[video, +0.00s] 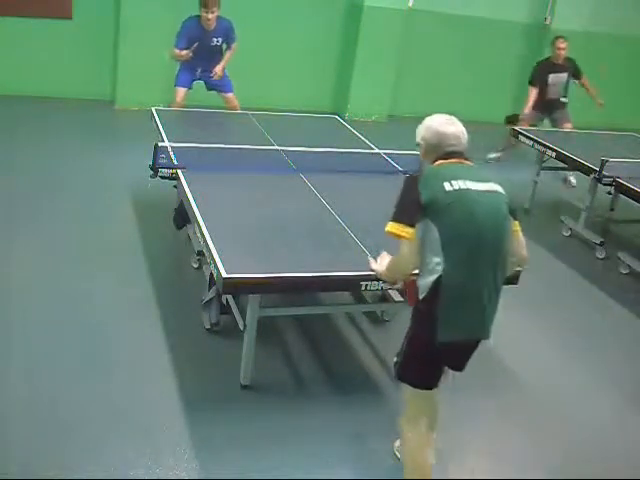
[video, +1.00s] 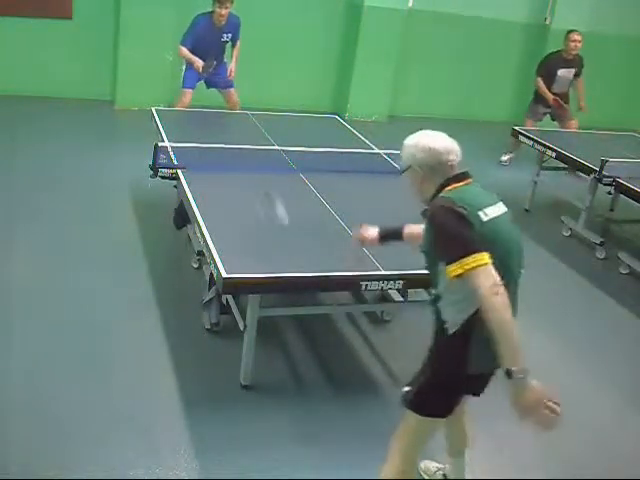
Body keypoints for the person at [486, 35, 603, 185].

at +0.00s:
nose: (561, 52)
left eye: (563, 49)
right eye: (558, 49)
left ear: (566, 50)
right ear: (553, 49)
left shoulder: (570, 65)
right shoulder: (541, 66)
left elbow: (583, 82)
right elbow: (533, 90)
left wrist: (596, 99)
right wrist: (526, 110)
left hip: (558, 106)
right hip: (540, 105)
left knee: (568, 133)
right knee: (520, 129)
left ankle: (569, 172)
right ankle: (502, 153)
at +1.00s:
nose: (576, 45)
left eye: (579, 42)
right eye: (573, 41)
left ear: (581, 44)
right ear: (565, 43)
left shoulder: (578, 61)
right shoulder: (551, 58)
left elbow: (578, 80)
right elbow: (538, 80)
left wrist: (581, 101)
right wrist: (549, 97)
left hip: (562, 98)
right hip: (543, 95)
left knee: (571, 129)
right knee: (528, 127)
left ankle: (572, 163)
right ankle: (511, 152)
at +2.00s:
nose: (522, 60)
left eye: (524, 56)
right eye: (521, 56)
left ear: (534, 53)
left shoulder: (548, 69)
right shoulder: (531, 69)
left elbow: (550, 95)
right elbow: (528, 87)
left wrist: (544, 118)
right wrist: (511, 99)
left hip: (558, 105)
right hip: (544, 102)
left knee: (561, 130)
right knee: (518, 116)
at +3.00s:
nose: (537, 33)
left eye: (539, 31)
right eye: (534, 29)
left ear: (541, 33)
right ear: (527, 30)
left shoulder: (538, 50)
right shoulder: (514, 44)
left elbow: (538, 69)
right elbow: (496, 56)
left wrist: (538, 88)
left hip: (521, 84)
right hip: (504, 80)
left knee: (531, 116)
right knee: (492, 111)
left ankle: (523, 142)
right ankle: (474, 137)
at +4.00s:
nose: (523, 19)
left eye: (524, 17)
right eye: (520, 16)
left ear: (525, 19)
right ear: (511, 17)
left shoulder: (521, 37)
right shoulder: (500, 35)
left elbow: (520, 56)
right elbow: (494, 57)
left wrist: (520, 69)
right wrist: (511, 69)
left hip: (511, 77)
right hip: (495, 76)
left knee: (514, 105)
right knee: (487, 105)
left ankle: (516, 135)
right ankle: (477, 130)